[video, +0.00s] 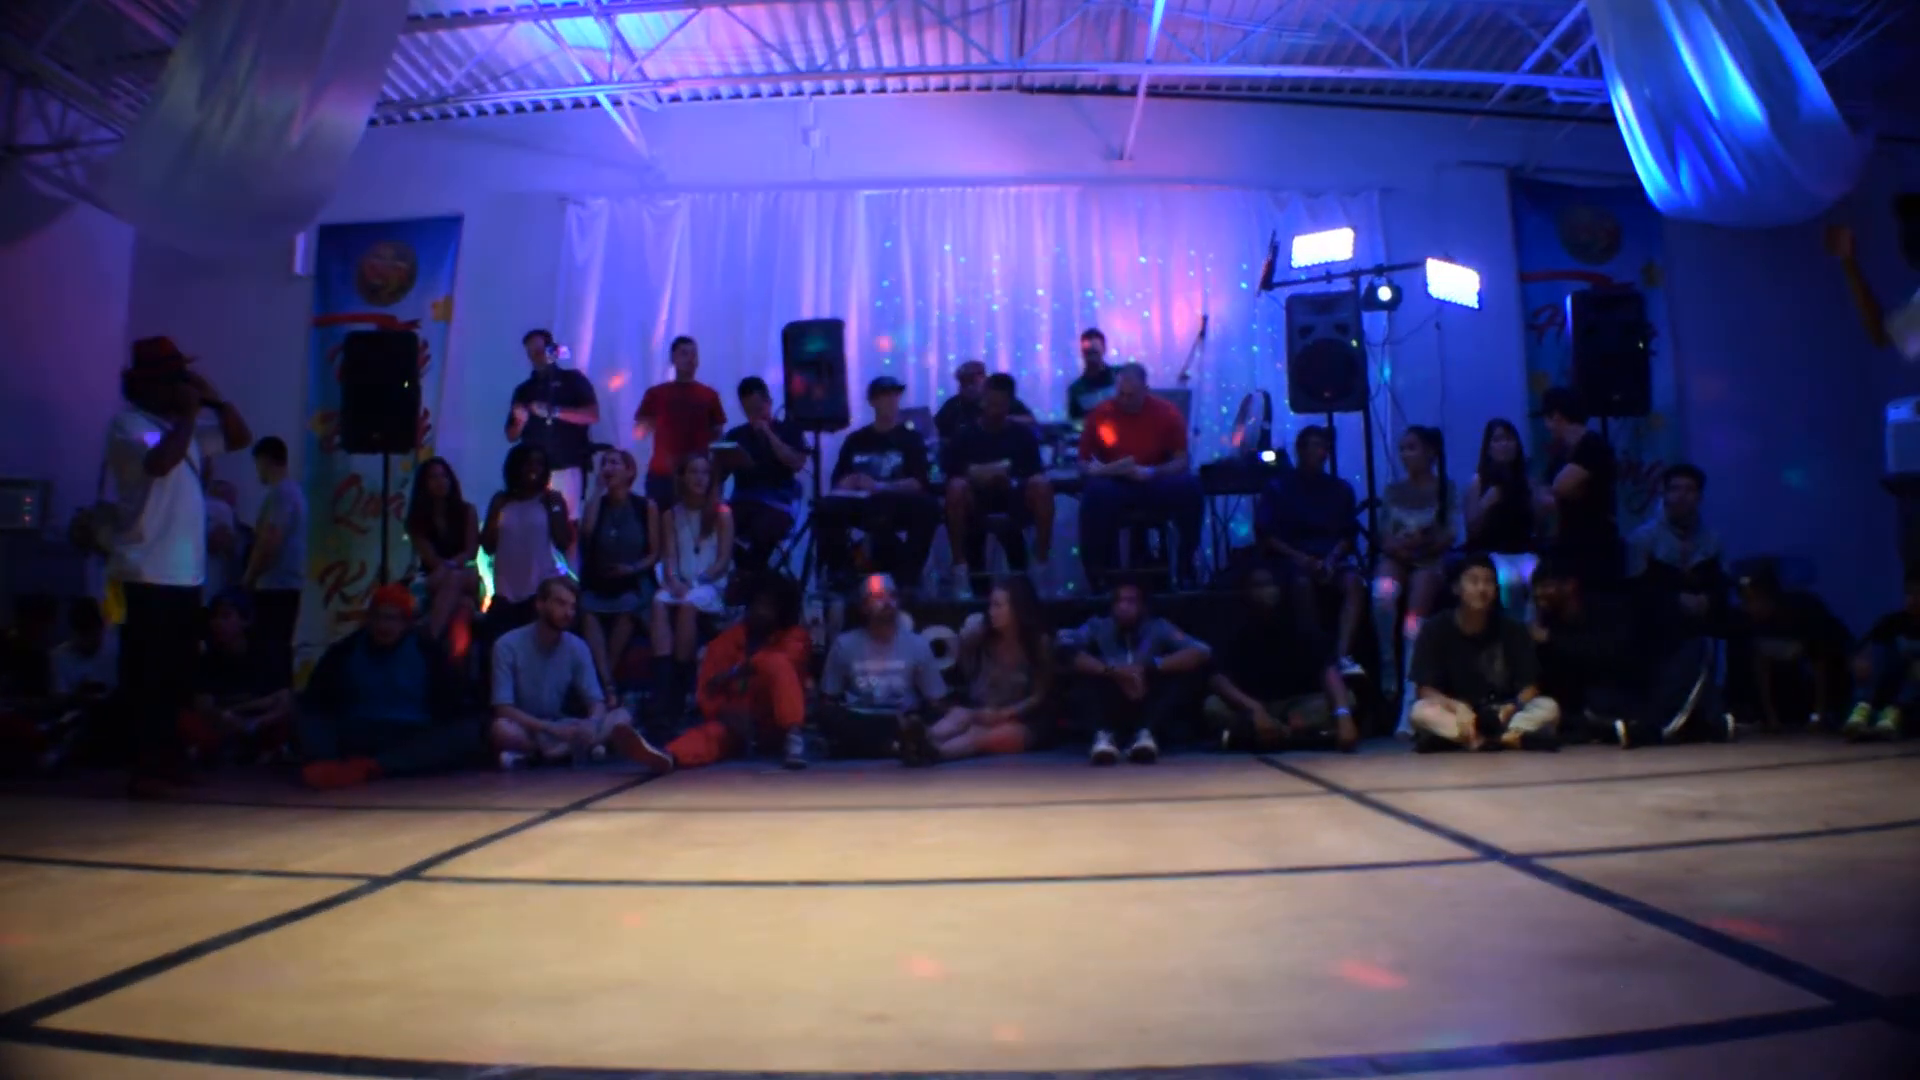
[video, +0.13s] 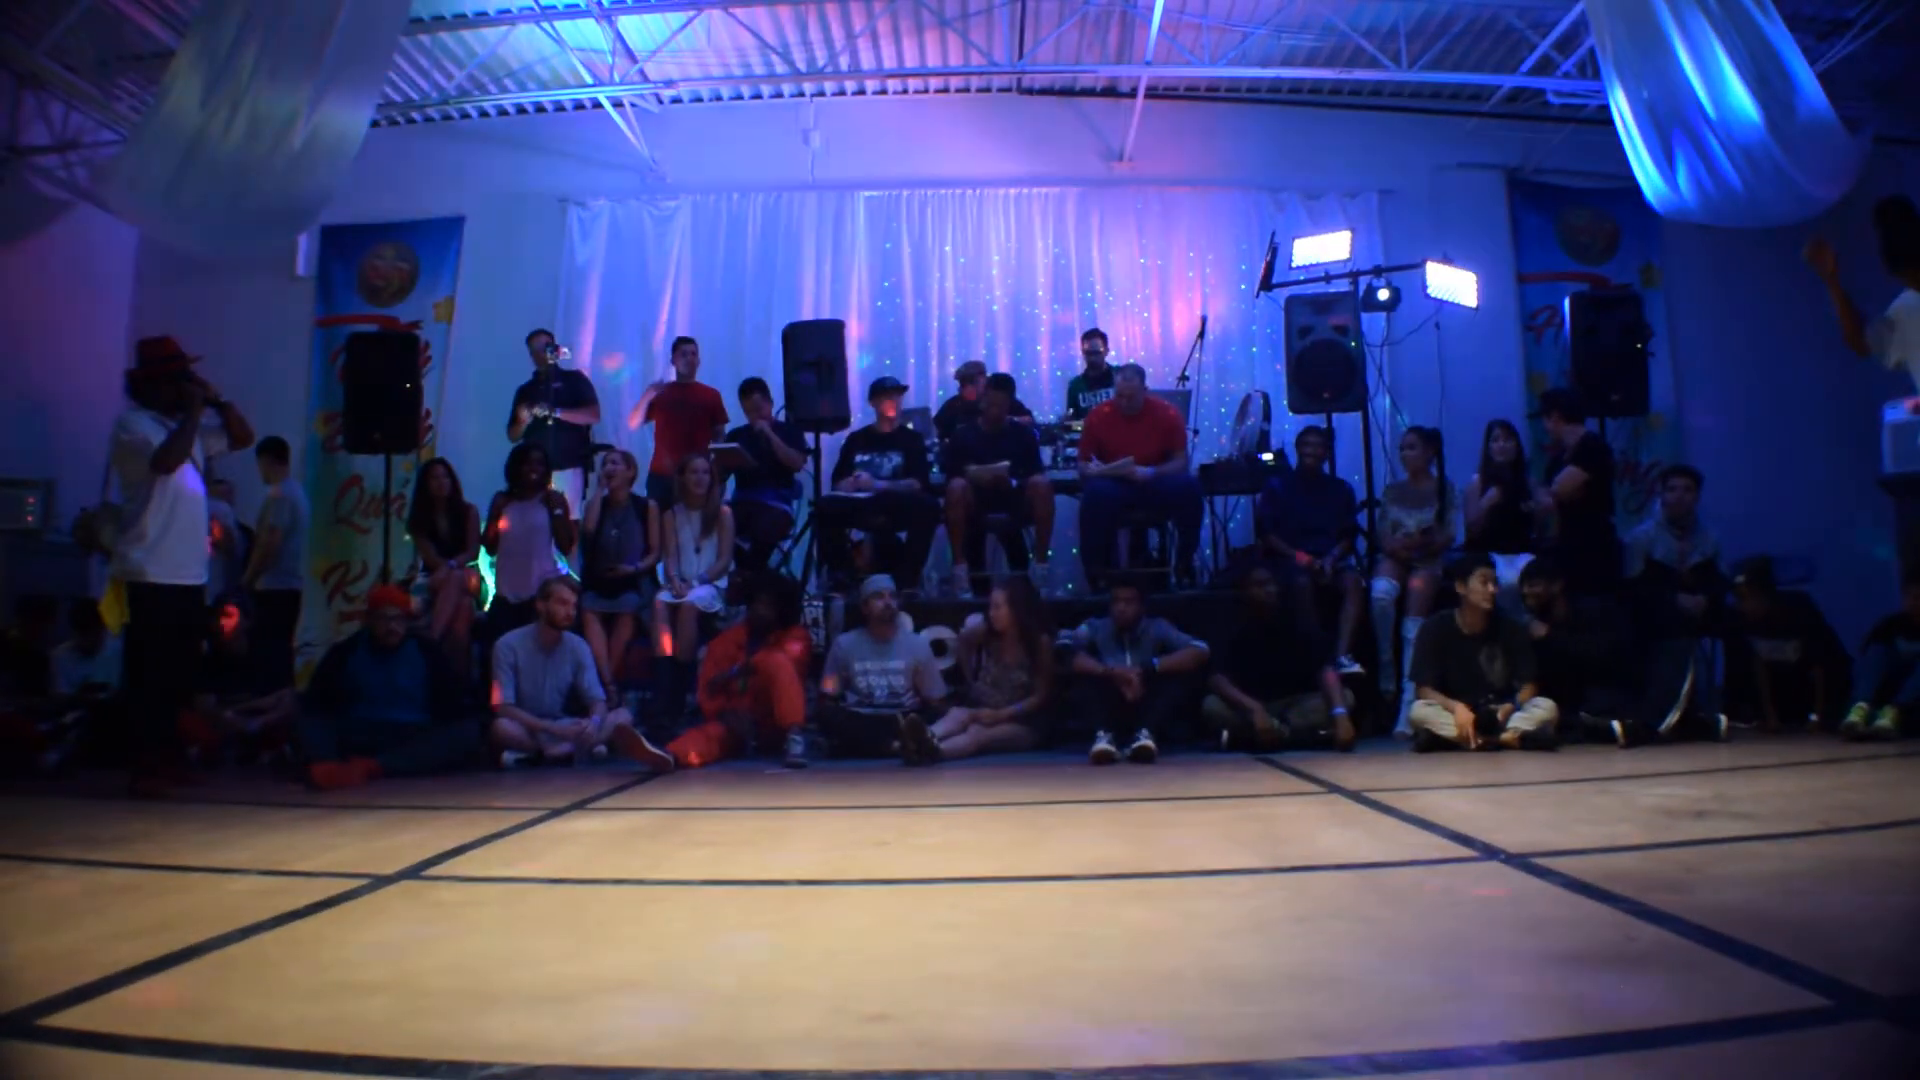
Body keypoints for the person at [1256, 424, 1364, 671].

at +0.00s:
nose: (1317, 453)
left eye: (1321, 447)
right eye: (1311, 447)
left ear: (1327, 452)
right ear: (1299, 451)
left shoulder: (1340, 488)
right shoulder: (1281, 486)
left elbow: (1349, 533)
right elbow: (1267, 535)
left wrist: (1331, 559)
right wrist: (1303, 560)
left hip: (1330, 557)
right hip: (1295, 558)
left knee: (1354, 584)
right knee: (1301, 585)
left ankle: (1344, 655)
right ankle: (1309, 655)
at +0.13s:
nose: (1310, 452)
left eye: (1317, 447)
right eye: (1305, 446)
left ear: (1326, 452)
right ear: (1297, 450)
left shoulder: (1340, 488)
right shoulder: (1280, 486)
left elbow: (1349, 535)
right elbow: (1267, 533)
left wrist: (1331, 559)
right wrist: (1297, 555)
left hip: (1329, 558)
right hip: (1293, 558)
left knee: (1353, 583)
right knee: (1301, 584)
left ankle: (1343, 655)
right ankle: (1309, 655)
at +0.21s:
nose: (1309, 452)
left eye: (1316, 447)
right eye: (1305, 447)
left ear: (1326, 452)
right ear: (1297, 451)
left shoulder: (1340, 488)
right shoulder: (1280, 486)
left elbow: (1349, 534)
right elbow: (1268, 534)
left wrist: (1331, 559)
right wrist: (1305, 560)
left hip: (1330, 558)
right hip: (1294, 559)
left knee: (1353, 582)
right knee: (1300, 584)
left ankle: (1343, 654)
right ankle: (1311, 655)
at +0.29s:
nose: (1309, 456)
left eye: (1315, 451)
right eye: (1305, 450)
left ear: (1325, 454)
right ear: (1298, 452)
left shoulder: (1340, 488)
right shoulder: (1280, 486)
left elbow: (1349, 534)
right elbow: (1268, 534)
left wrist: (1331, 559)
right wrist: (1305, 559)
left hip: (1331, 557)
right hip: (1295, 557)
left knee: (1353, 584)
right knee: (1300, 584)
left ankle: (1342, 654)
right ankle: (1314, 656)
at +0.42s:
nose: (1319, 460)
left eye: (1323, 454)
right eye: (1313, 453)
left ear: (1329, 456)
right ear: (1301, 454)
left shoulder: (1340, 488)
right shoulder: (1281, 486)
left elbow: (1350, 534)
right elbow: (1269, 534)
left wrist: (1331, 558)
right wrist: (1305, 559)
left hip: (1330, 557)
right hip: (1295, 558)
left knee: (1353, 583)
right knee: (1300, 584)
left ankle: (1342, 652)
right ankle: (1313, 655)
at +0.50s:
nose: (1321, 460)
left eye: (1325, 454)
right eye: (1315, 453)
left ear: (1330, 456)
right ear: (1302, 454)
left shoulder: (1339, 488)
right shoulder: (1282, 487)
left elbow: (1351, 533)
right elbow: (1269, 534)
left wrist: (1332, 558)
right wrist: (1305, 560)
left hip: (1331, 558)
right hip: (1296, 558)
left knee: (1353, 583)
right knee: (1300, 584)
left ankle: (1342, 653)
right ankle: (1314, 656)